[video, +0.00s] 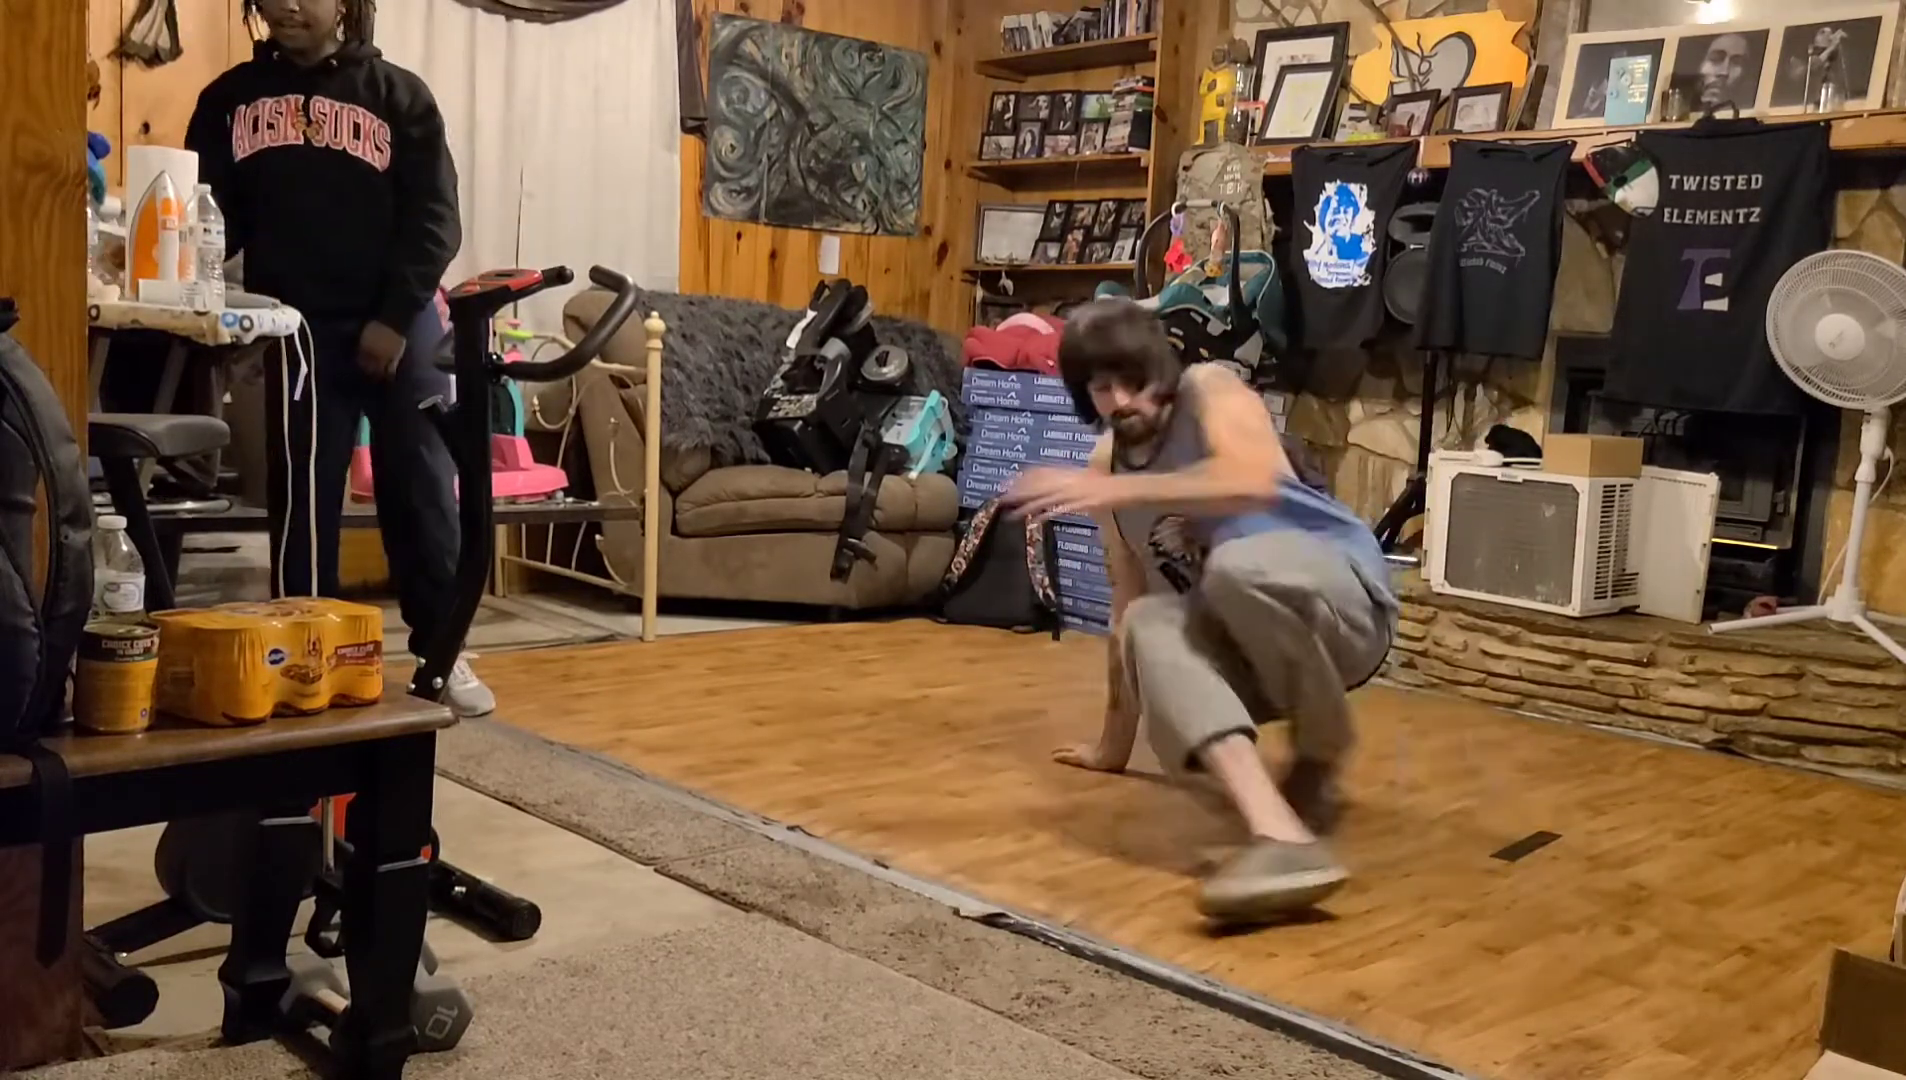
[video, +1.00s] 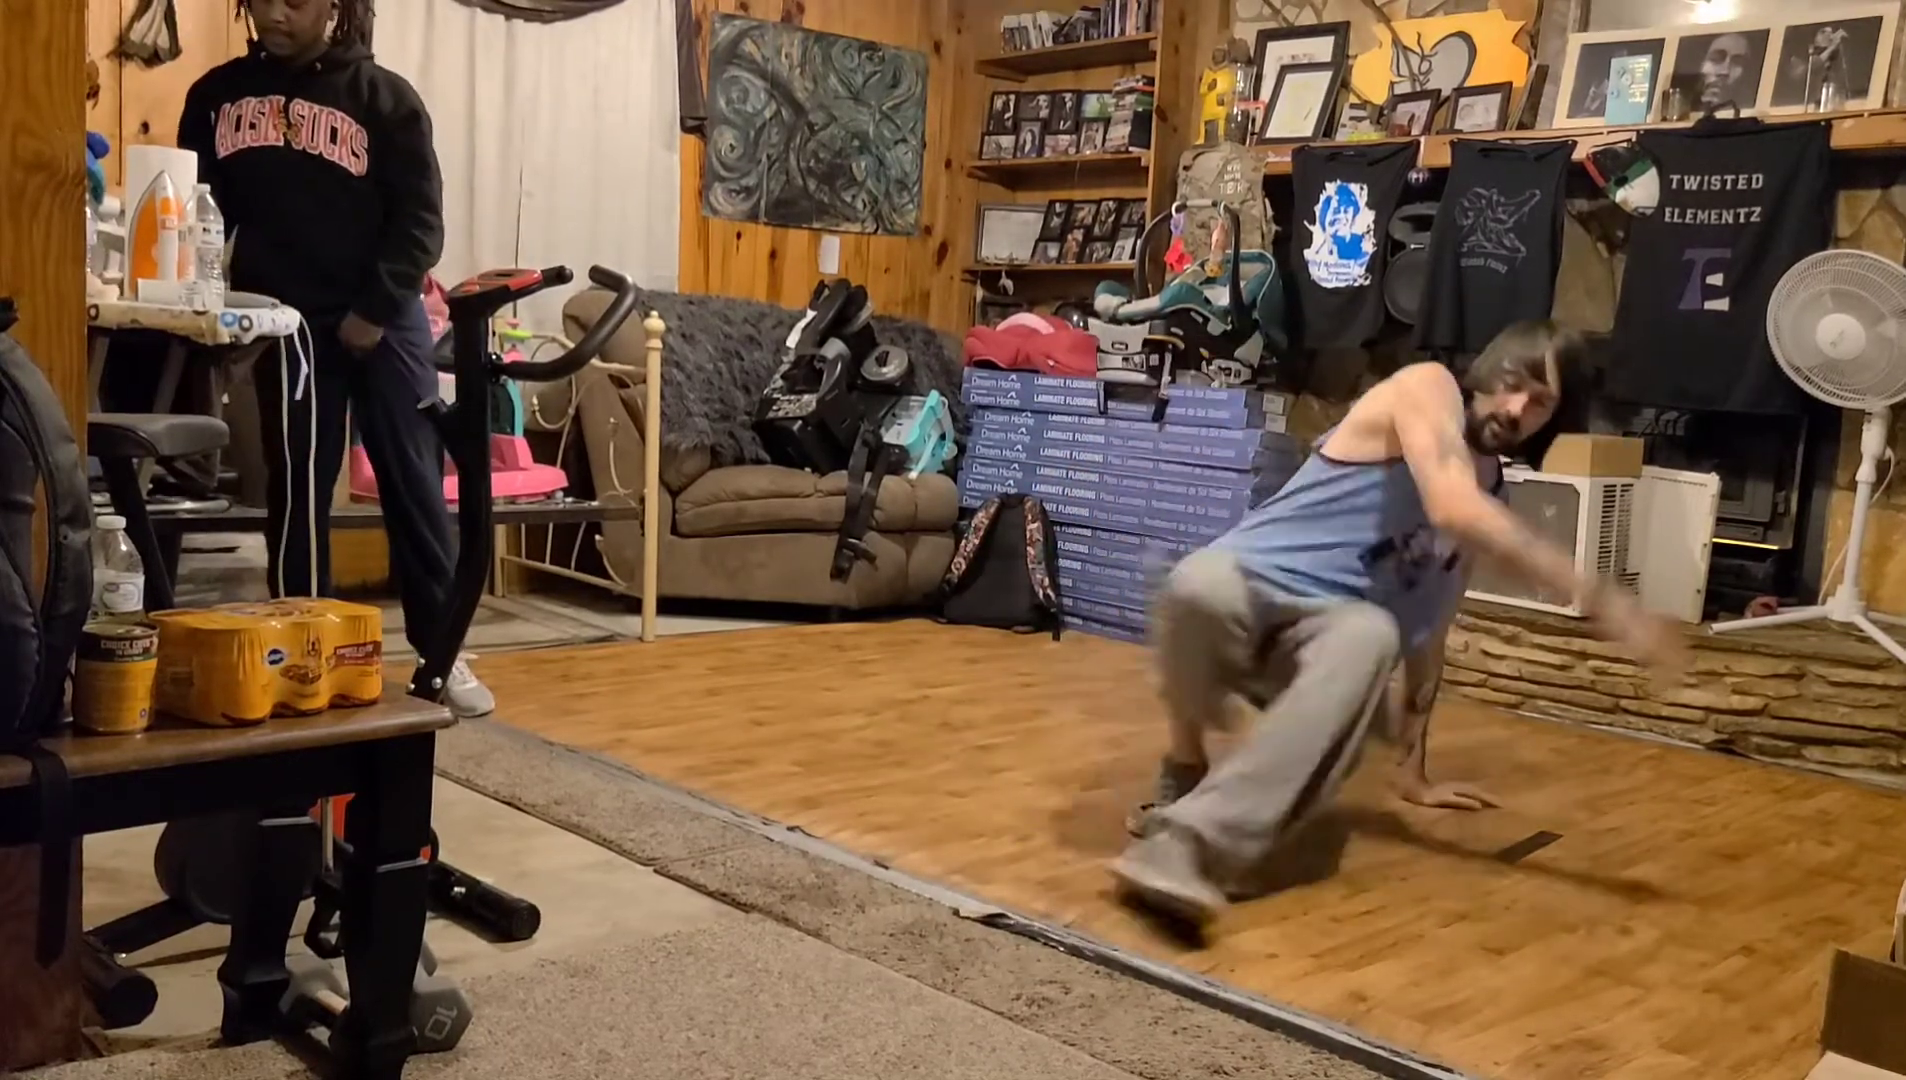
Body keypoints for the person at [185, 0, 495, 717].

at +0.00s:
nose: (291, 7)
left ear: (344, 4)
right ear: (258, 7)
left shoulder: (398, 95)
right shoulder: (226, 99)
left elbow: (435, 221)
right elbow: (204, 230)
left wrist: (396, 315)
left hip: (395, 322)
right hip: (291, 330)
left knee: (422, 487)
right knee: (303, 496)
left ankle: (443, 657)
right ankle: (301, 660)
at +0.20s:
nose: (292, 11)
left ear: (348, 7)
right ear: (263, 8)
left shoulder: (400, 96)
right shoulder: (228, 97)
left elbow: (438, 220)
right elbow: (209, 226)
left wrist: (398, 310)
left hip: (394, 322)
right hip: (292, 330)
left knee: (424, 491)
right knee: (302, 495)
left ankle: (443, 658)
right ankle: (301, 660)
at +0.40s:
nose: (294, 11)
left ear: (351, 9)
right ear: (265, 7)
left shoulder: (401, 99)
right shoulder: (230, 97)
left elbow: (438, 220)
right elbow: (212, 222)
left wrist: (396, 305)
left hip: (393, 318)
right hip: (292, 325)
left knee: (423, 488)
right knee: (303, 491)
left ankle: (442, 658)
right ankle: (300, 657)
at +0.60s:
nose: (291, 13)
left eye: (311, 1)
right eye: (281, 0)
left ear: (348, 11)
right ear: (265, 9)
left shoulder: (398, 99)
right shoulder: (229, 96)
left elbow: (435, 222)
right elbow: (213, 221)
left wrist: (391, 310)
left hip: (390, 322)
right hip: (291, 328)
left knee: (422, 490)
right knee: (299, 492)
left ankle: (443, 658)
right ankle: (298, 656)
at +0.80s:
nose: (284, 14)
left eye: (302, 1)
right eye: (272, 1)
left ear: (340, 10)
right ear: (257, 9)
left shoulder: (392, 99)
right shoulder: (223, 95)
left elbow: (426, 223)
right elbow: (204, 222)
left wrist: (389, 320)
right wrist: (210, 315)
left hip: (385, 321)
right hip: (285, 326)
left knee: (419, 488)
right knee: (297, 493)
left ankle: (442, 657)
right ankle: (298, 657)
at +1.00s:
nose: (276, 15)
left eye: (294, 2)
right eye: (265, 2)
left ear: (335, 11)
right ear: (249, 8)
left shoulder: (384, 97)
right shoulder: (216, 95)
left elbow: (420, 223)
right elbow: (189, 216)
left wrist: (377, 309)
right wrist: (207, 306)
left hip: (380, 315)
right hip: (280, 321)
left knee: (414, 485)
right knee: (294, 488)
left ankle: (443, 656)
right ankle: (300, 652)